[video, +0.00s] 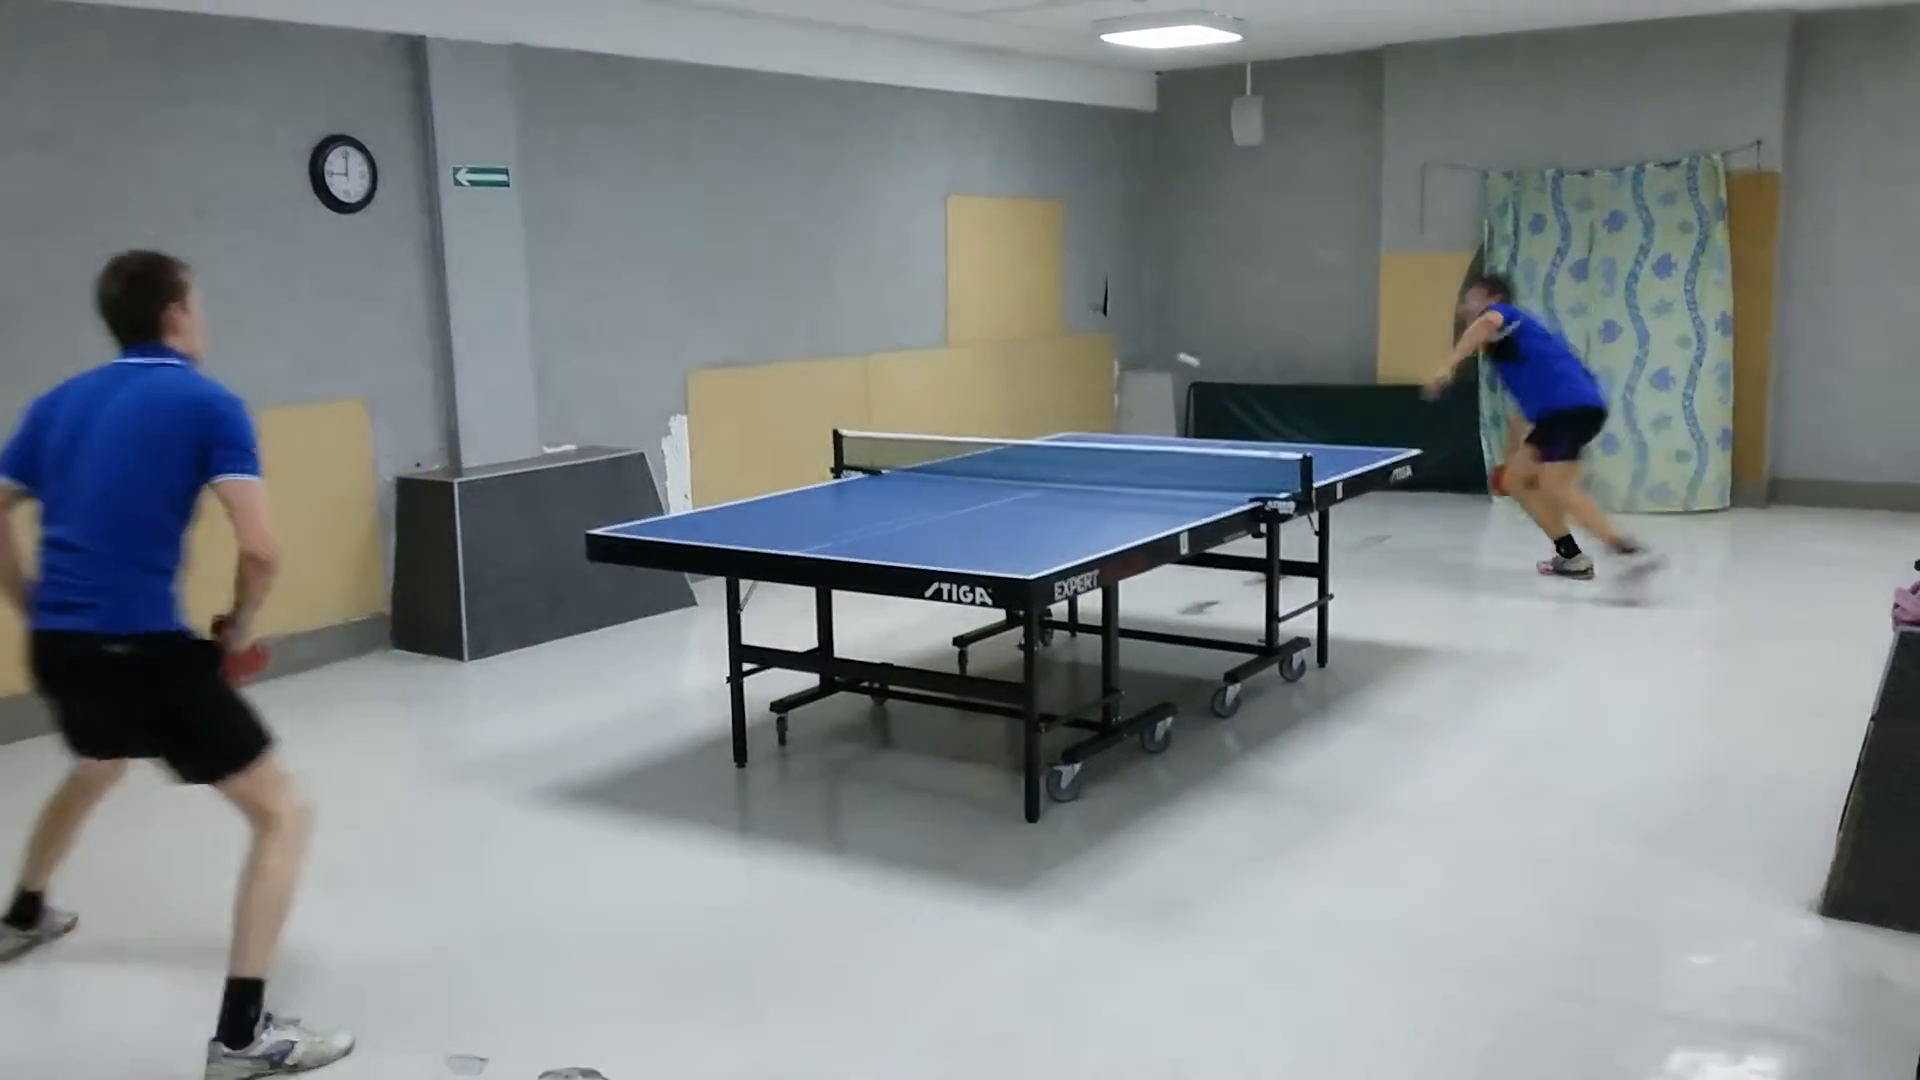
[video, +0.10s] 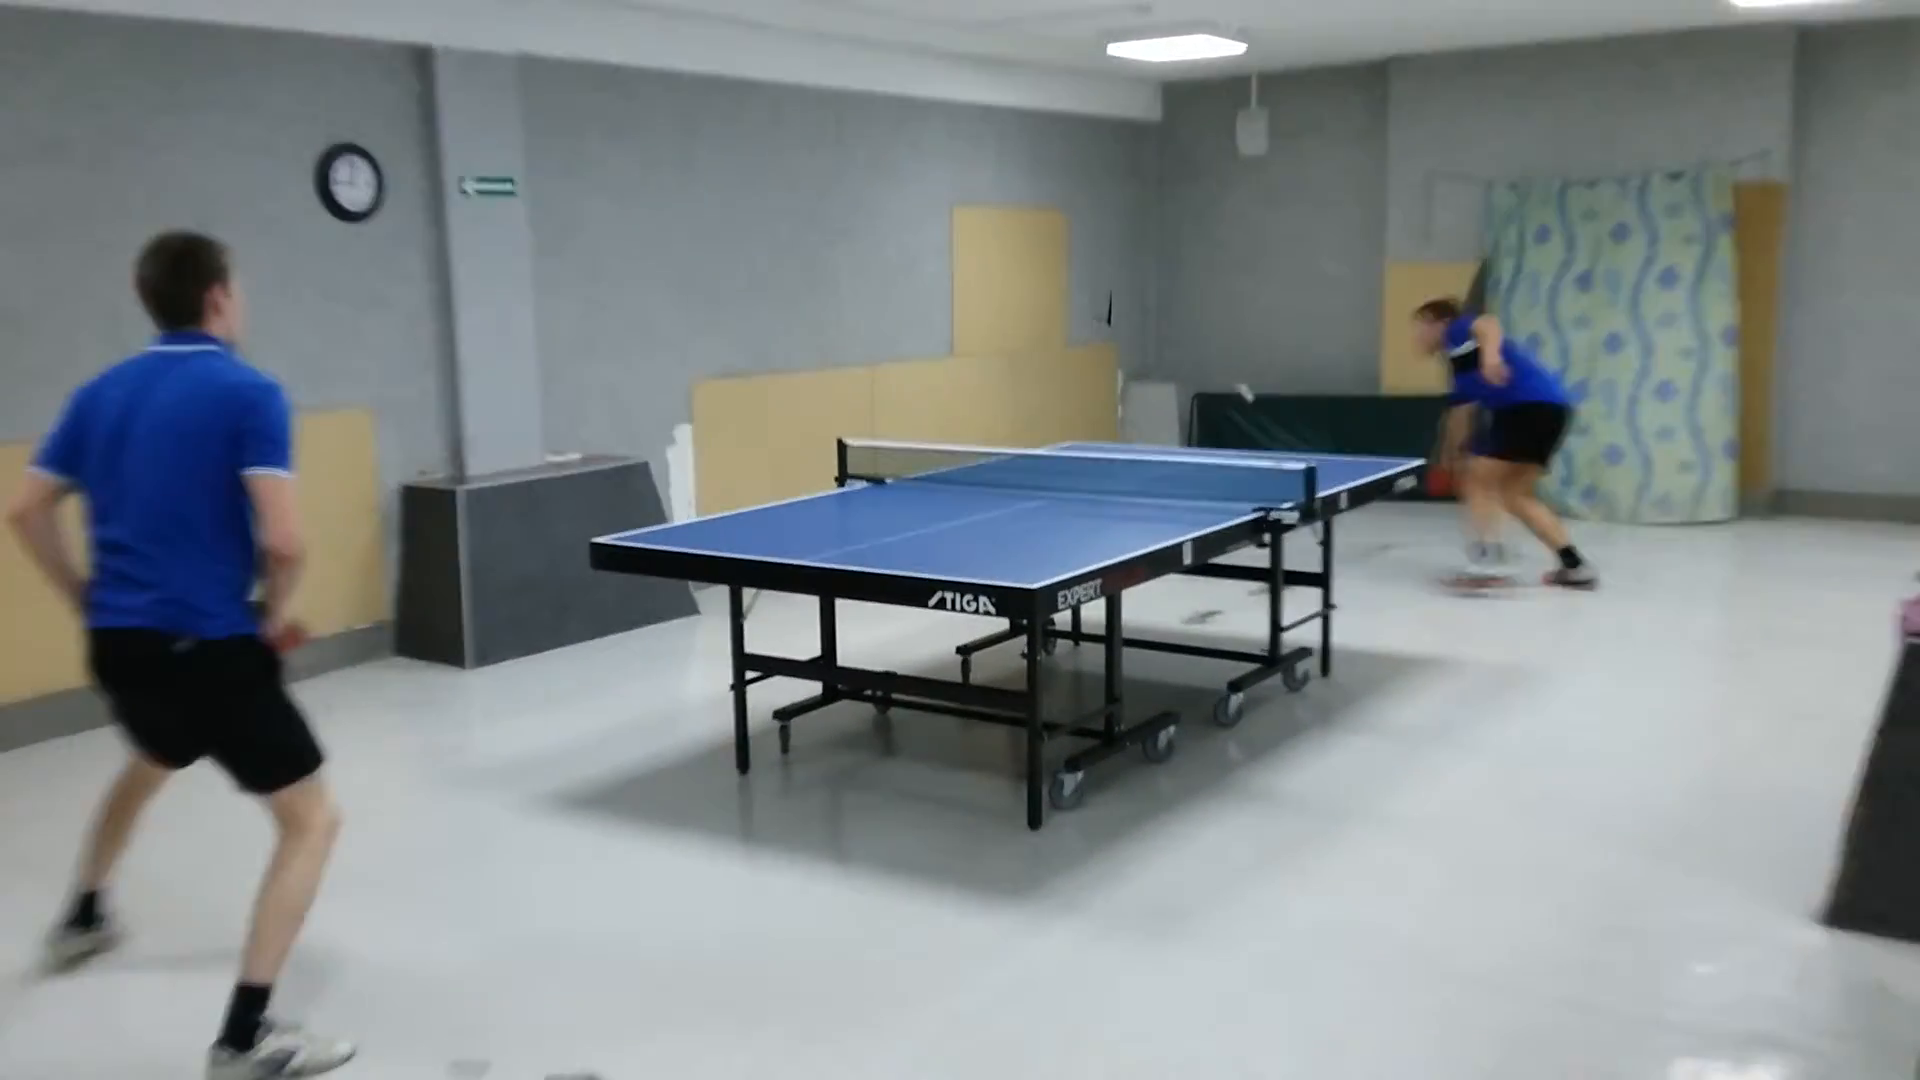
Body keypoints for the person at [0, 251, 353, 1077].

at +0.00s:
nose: (201, 319)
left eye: (194, 304)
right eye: (194, 305)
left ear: (119, 323)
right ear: (174, 317)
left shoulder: (62, 400)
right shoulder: (205, 400)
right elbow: (258, 550)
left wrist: (31, 599)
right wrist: (237, 631)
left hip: (58, 642)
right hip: (146, 649)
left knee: (98, 763)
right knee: (281, 812)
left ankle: (23, 910)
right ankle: (242, 1029)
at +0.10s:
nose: (241, 302)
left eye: (235, 288)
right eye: (235, 290)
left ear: (152, 306)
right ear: (218, 300)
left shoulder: (105, 391)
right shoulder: (248, 391)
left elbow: (27, 509)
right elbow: (281, 542)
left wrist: (82, 594)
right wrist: (277, 611)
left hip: (119, 643)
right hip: (214, 649)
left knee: (153, 756)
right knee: (311, 818)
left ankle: (80, 913)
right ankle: (244, 1030)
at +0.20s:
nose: (270, 266)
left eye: (265, 252)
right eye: (265, 254)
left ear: (180, 272)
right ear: (248, 267)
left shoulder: (132, 356)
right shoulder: (281, 364)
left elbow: (60, 480)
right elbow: (305, 521)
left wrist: (117, 571)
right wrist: (315, 596)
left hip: (151, 613)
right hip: (247, 623)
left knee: (186, 749)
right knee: (318, 807)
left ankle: (163, 916)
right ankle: (252, 1020)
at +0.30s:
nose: (299, 253)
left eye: (293, 239)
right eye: (295, 241)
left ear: (211, 256)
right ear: (279, 252)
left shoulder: (154, 341)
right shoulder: (311, 351)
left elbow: (92, 464)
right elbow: (337, 510)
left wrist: (148, 549)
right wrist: (352, 584)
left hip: (171, 599)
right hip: (263, 602)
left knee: (221, 744)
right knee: (366, 780)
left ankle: (210, 913)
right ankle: (312, 992)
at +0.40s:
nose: (339, 282)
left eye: (331, 268)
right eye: (334, 268)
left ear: (256, 283)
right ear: (319, 276)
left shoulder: (195, 363)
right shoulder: (343, 380)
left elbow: (132, 481)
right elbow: (375, 540)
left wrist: (193, 553)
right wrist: (403, 599)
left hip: (191, 621)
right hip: (279, 630)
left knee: (249, 752)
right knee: (393, 801)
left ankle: (210, 918)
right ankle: (402, 1026)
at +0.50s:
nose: (373, 318)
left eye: (367, 304)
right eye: (368, 305)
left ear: (290, 317)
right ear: (350, 314)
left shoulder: (234, 392)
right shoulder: (359, 415)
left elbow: (169, 505)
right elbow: (382, 573)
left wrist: (244, 552)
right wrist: (447, 598)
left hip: (200, 641)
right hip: (285, 650)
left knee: (281, 756)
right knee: (420, 806)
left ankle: (208, 921)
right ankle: (403, 1029)